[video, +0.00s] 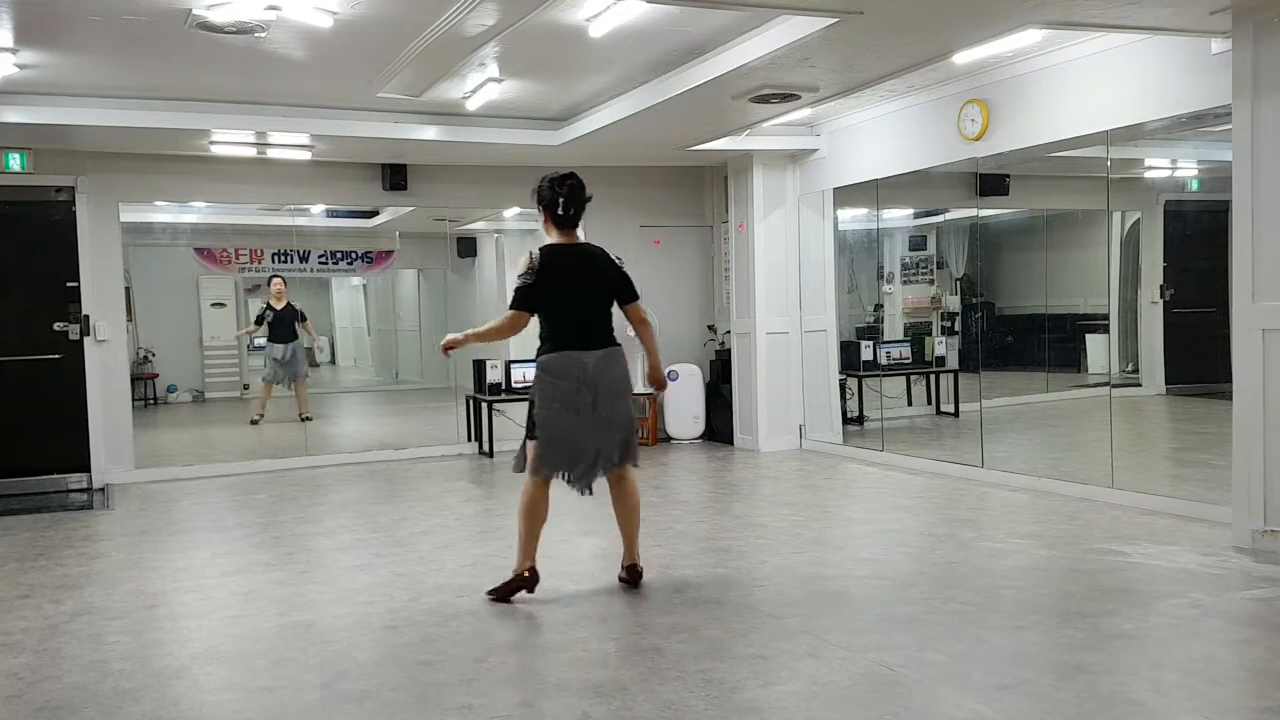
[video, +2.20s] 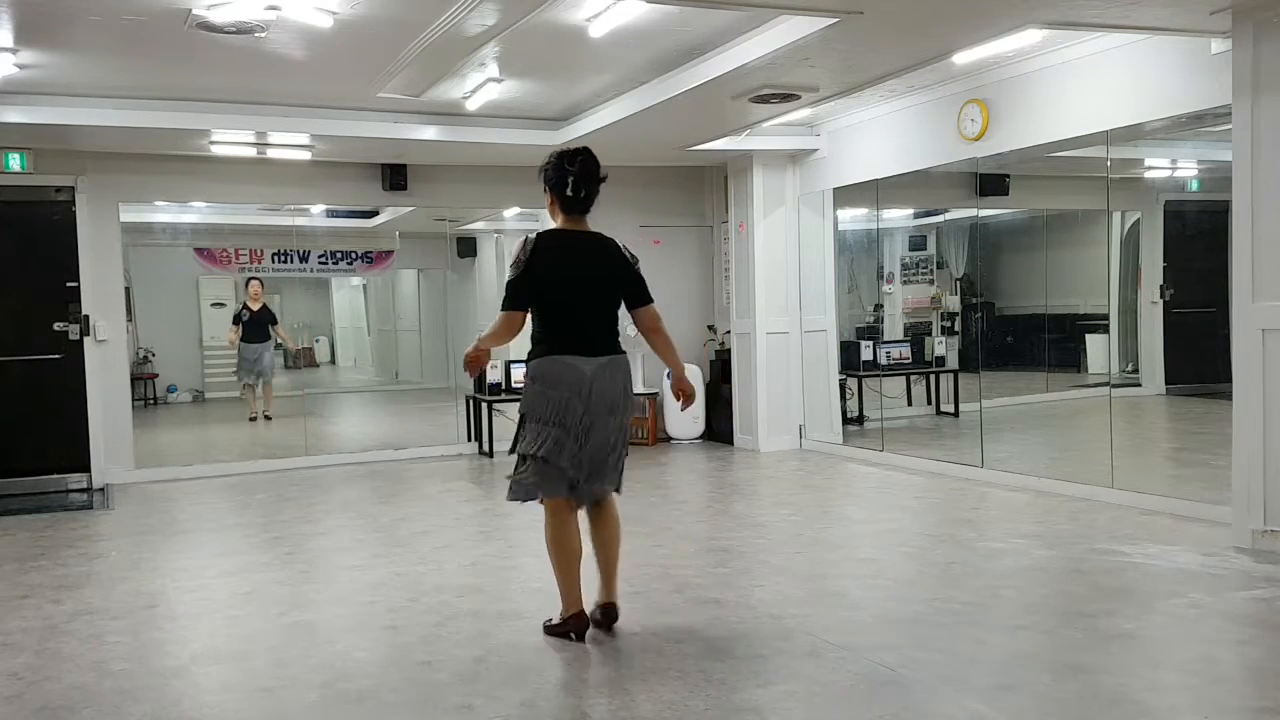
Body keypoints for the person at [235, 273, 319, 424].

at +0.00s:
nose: (278, 287)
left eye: (281, 284)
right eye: (275, 285)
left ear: (285, 287)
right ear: (269, 289)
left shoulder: (294, 307)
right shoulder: (266, 309)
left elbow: (305, 324)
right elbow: (255, 327)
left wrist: (315, 337)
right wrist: (244, 331)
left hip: (294, 347)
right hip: (274, 348)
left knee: (300, 379)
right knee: (268, 380)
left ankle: (303, 412)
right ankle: (260, 412)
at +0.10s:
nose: (283, 287)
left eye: (285, 284)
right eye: (279, 285)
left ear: (290, 287)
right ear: (274, 288)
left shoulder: (298, 307)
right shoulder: (270, 307)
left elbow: (310, 323)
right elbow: (262, 327)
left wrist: (322, 337)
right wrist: (251, 331)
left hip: (298, 347)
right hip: (278, 348)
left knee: (301, 380)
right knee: (276, 381)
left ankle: (304, 412)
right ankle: (274, 413)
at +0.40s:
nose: (287, 287)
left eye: (290, 284)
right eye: (284, 285)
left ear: (294, 287)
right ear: (278, 288)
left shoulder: (300, 306)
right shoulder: (273, 307)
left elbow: (312, 324)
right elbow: (267, 327)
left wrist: (323, 338)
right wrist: (273, 324)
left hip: (302, 347)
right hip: (283, 349)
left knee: (304, 381)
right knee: (288, 382)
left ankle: (305, 411)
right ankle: (292, 412)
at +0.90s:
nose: (285, 291)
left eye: (288, 288)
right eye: (282, 288)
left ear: (292, 291)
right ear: (277, 291)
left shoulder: (299, 310)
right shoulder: (272, 309)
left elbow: (309, 327)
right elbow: (266, 328)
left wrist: (316, 344)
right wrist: (258, 339)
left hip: (297, 349)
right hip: (279, 350)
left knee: (295, 381)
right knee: (284, 381)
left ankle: (291, 406)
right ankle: (291, 411)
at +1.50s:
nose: (280, 291)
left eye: (282, 288)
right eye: (277, 288)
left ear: (287, 290)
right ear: (272, 291)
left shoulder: (295, 309)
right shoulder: (266, 310)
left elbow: (304, 328)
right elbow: (262, 328)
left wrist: (312, 345)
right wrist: (261, 341)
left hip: (292, 346)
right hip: (274, 347)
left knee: (291, 380)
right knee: (277, 379)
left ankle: (290, 409)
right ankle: (276, 409)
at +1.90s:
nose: (266, 289)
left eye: (269, 287)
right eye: (263, 287)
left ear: (273, 290)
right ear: (258, 290)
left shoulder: (278, 309)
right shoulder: (253, 308)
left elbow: (289, 327)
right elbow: (246, 325)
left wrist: (302, 342)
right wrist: (240, 336)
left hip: (276, 347)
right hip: (258, 348)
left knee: (283, 379)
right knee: (256, 380)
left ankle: (288, 409)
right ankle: (254, 410)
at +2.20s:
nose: (256, 290)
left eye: (258, 287)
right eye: (252, 287)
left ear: (262, 290)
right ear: (247, 290)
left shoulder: (267, 309)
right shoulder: (241, 308)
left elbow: (277, 328)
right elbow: (234, 327)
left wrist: (289, 343)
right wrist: (232, 336)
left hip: (265, 347)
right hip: (247, 347)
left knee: (267, 379)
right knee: (250, 381)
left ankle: (267, 409)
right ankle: (253, 410)